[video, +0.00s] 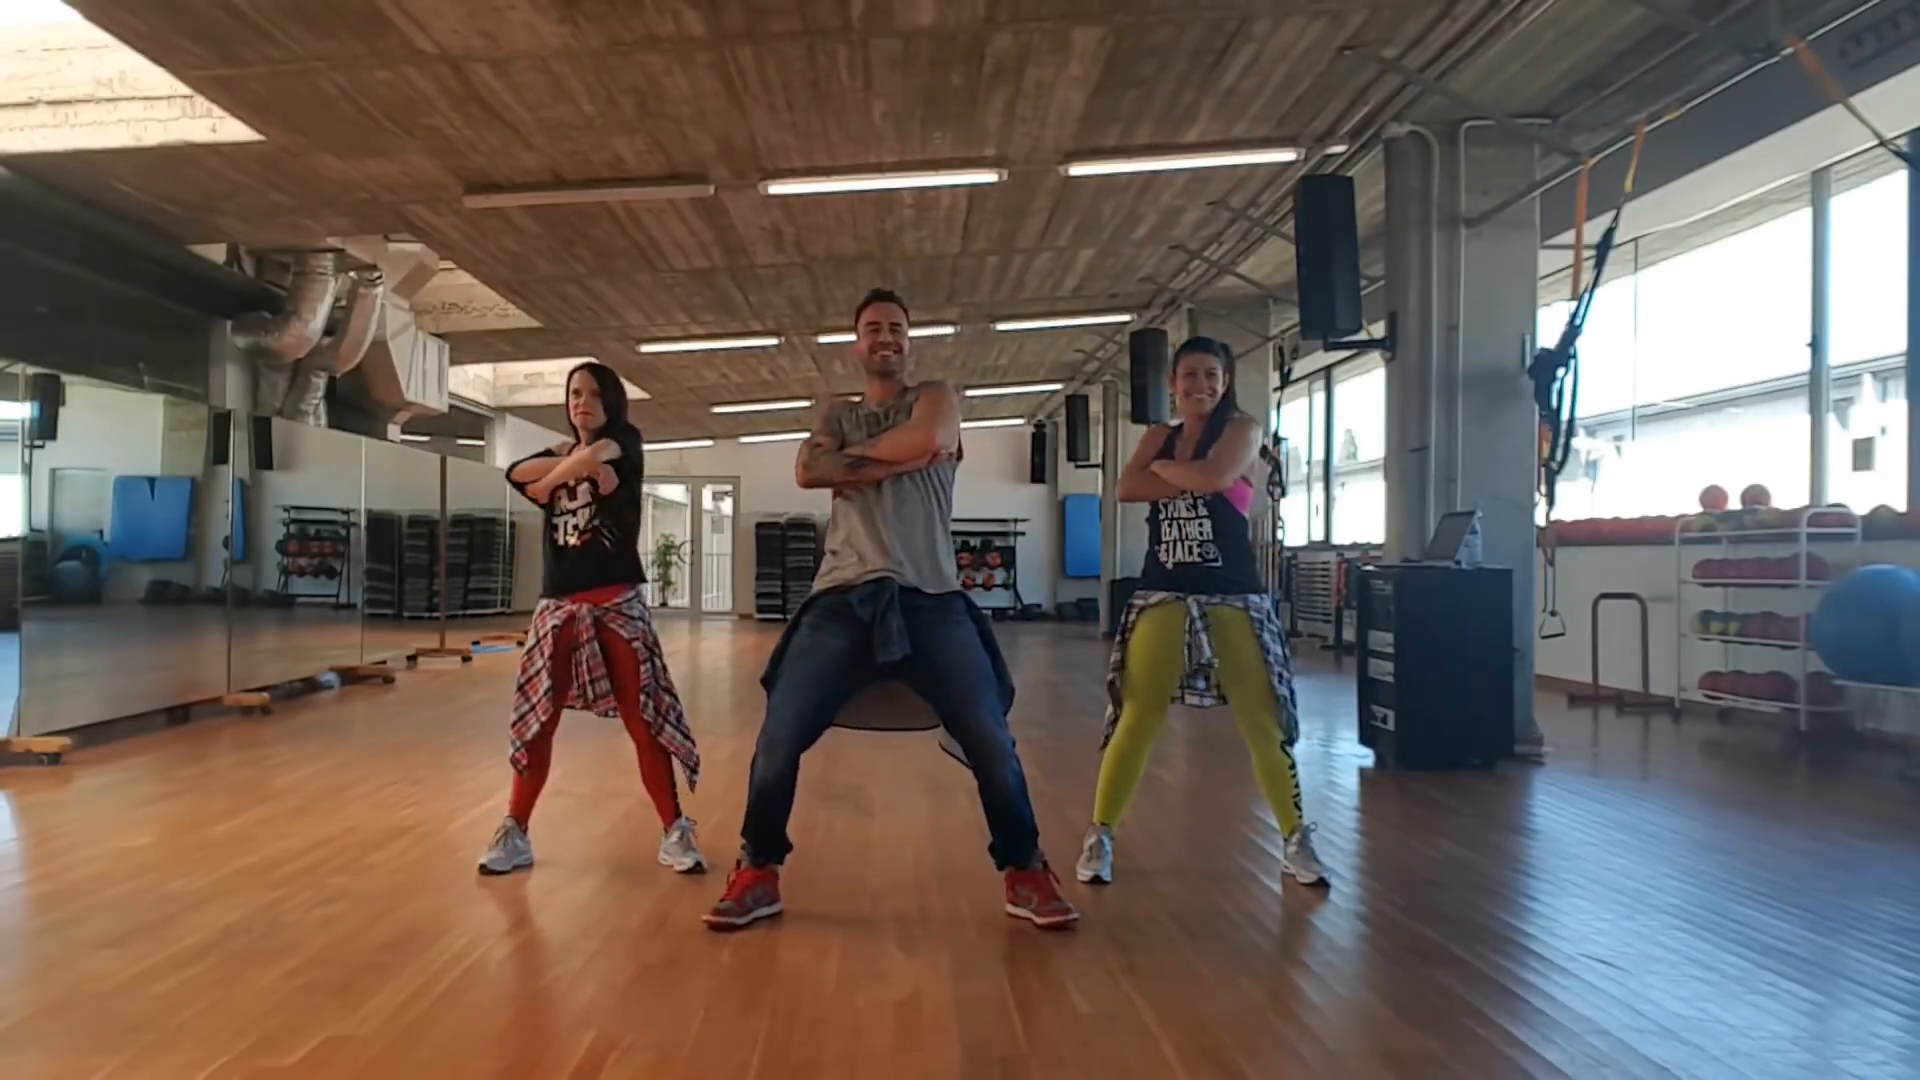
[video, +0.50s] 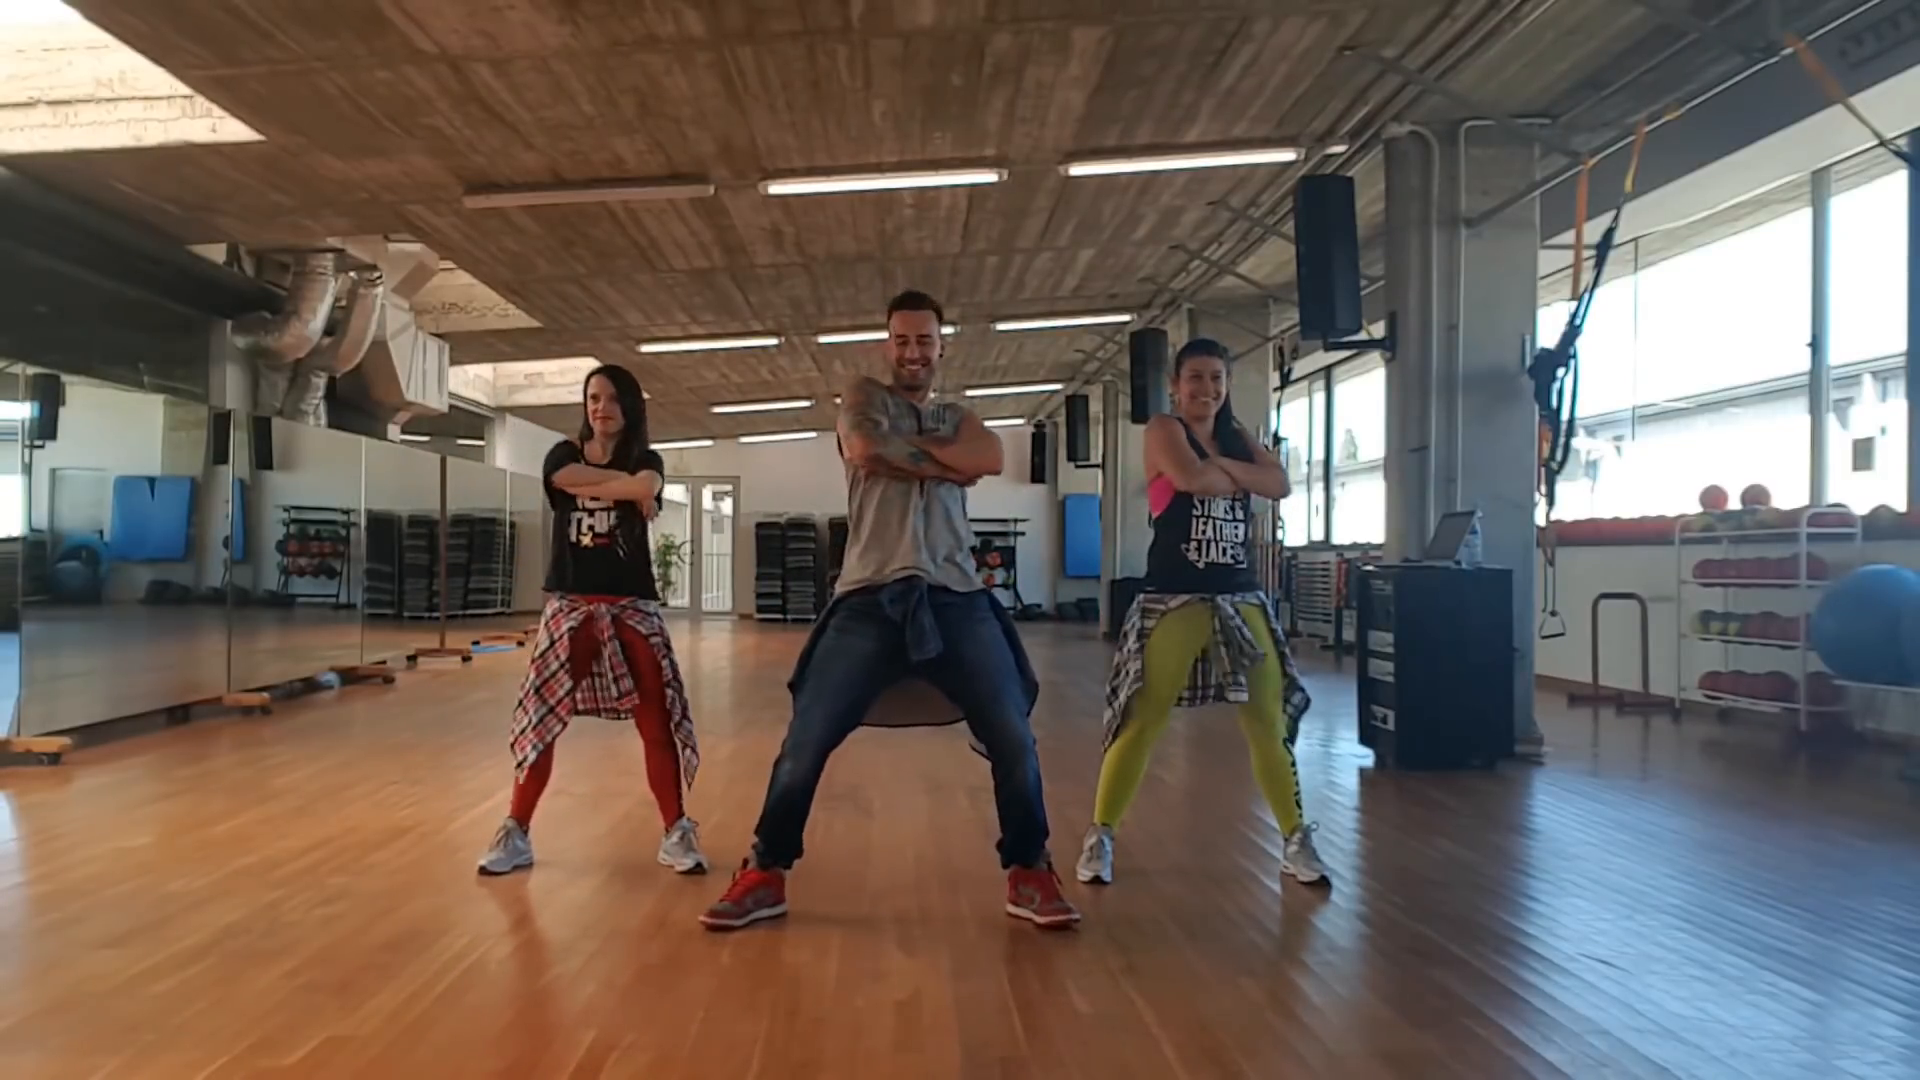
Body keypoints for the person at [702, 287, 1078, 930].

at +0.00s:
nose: (884, 338)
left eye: (894, 329)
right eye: (873, 329)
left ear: (909, 341)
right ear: (855, 344)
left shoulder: (936, 396)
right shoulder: (836, 412)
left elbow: (929, 442)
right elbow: (808, 472)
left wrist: (843, 454)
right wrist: (894, 460)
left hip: (930, 595)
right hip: (842, 595)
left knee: (989, 736)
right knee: (777, 737)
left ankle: (1025, 872)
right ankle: (757, 873)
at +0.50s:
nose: (914, 350)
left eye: (924, 340)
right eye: (903, 340)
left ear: (941, 347)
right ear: (886, 345)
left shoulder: (957, 413)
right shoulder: (864, 396)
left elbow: (988, 459)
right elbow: (862, 451)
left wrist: (896, 448)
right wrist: (950, 463)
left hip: (955, 592)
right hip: (868, 591)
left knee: (1011, 732)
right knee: (808, 733)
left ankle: (1030, 873)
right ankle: (765, 873)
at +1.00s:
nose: (890, 347)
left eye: (901, 337)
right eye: (879, 337)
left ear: (918, 342)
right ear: (864, 342)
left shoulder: (945, 404)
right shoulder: (840, 408)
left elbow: (944, 453)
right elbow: (814, 467)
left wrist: (855, 446)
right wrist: (909, 462)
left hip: (935, 596)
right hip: (846, 596)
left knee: (996, 733)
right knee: (780, 741)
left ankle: (1029, 873)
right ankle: (758, 873)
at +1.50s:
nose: (909, 329)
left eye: (918, 320)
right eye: (898, 320)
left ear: (935, 332)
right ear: (880, 333)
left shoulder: (956, 402)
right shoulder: (854, 396)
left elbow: (977, 453)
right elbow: (845, 458)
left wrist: (885, 442)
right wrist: (936, 452)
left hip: (951, 592)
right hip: (862, 591)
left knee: (1006, 730)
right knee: (801, 730)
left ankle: (1031, 874)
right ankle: (762, 872)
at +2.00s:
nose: (901, 325)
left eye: (911, 316)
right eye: (889, 316)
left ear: (928, 330)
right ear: (870, 331)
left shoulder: (951, 400)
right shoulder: (847, 398)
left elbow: (968, 456)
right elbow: (828, 463)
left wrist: (873, 444)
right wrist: (921, 462)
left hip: (945, 593)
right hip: (855, 591)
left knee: (1005, 732)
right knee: (791, 730)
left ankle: (1034, 873)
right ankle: (761, 873)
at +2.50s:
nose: (902, 327)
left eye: (914, 317)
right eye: (891, 316)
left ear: (930, 329)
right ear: (873, 327)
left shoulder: (948, 395)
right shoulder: (843, 394)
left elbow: (960, 450)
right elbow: (820, 461)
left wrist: (864, 439)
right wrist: (916, 456)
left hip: (938, 593)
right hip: (848, 590)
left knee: (997, 731)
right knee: (782, 729)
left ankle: (1028, 874)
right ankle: (760, 871)